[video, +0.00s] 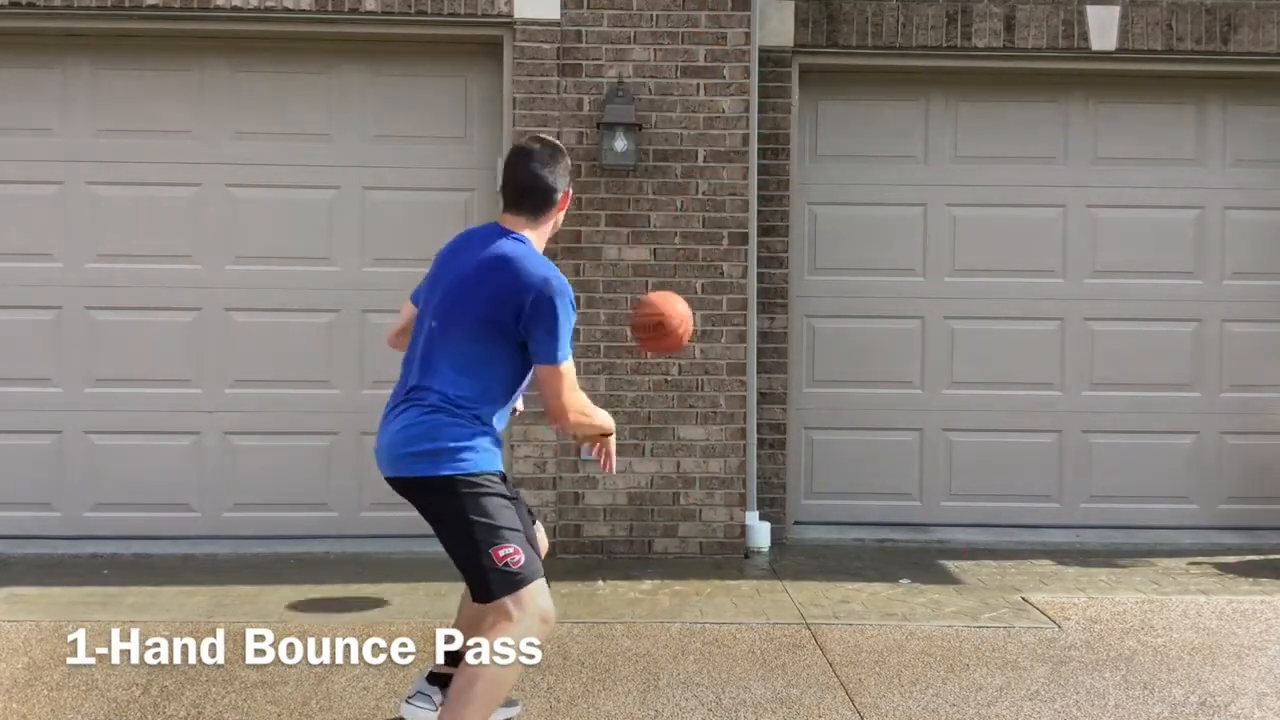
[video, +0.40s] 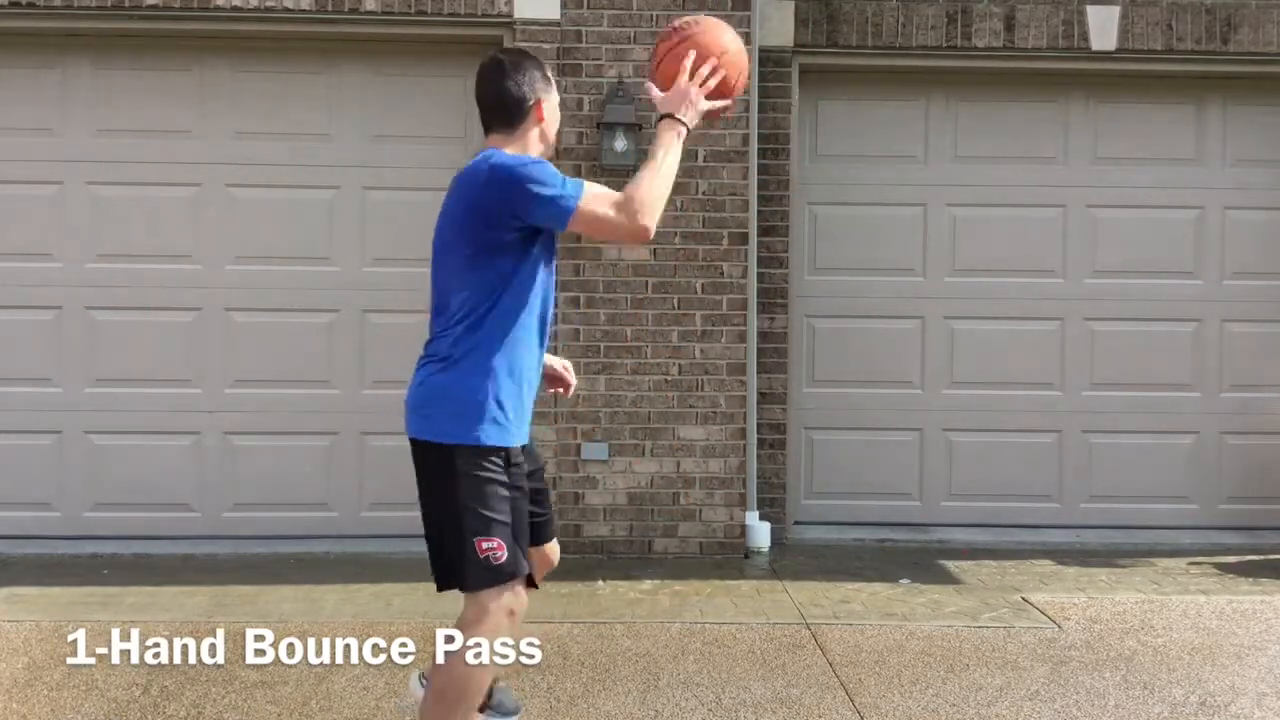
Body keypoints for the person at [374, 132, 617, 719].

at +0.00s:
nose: (570, 203)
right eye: (570, 195)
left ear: (504, 190)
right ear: (563, 201)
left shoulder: (462, 246)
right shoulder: (544, 284)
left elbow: (401, 335)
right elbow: (563, 409)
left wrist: (490, 366)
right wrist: (604, 424)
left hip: (409, 441)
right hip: (452, 450)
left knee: (530, 540)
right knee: (528, 616)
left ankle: (446, 681)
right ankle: (458, 712)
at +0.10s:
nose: (563, 183)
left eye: (560, 175)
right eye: (563, 175)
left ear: (496, 175)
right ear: (556, 182)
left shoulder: (459, 234)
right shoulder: (537, 258)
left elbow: (406, 329)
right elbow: (586, 377)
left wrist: (496, 366)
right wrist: (635, 360)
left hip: (414, 435)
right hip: (459, 443)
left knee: (526, 541)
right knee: (530, 613)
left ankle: (444, 684)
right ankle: (458, 713)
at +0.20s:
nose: (559, 157)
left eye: (555, 147)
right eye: (559, 147)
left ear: (491, 152)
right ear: (550, 155)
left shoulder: (462, 216)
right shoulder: (528, 231)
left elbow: (420, 317)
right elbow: (618, 319)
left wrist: (510, 367)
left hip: (429, 422)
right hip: (461, 430)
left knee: (495, 577)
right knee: (523, 610)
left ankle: (443, 688)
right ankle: (456, 711)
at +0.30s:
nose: (558, 133)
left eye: (555, 123)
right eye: (555, 123)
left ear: (487, 130)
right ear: (543, 130)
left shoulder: (468, 196)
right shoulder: (519, 198)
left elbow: (440, 313)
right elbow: (638, 250)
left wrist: (523, 360)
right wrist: (659, 166)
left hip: (463, 417)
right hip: (466, 424)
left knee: (520, 587)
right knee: (496, 603)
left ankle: (445, 687)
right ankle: (453, 713)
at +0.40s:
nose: (558, 116)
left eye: (555, 103)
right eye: (556, 103)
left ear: (490, 110)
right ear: (542, 108)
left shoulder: (490, 179)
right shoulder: (509, 174)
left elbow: (468, 312)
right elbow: (636, 220)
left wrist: (532, 360)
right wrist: (676, 121)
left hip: (496, 418)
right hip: (467, 422)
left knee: (537, 558)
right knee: (496, 601)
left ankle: (455, 681)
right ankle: (443, 709)